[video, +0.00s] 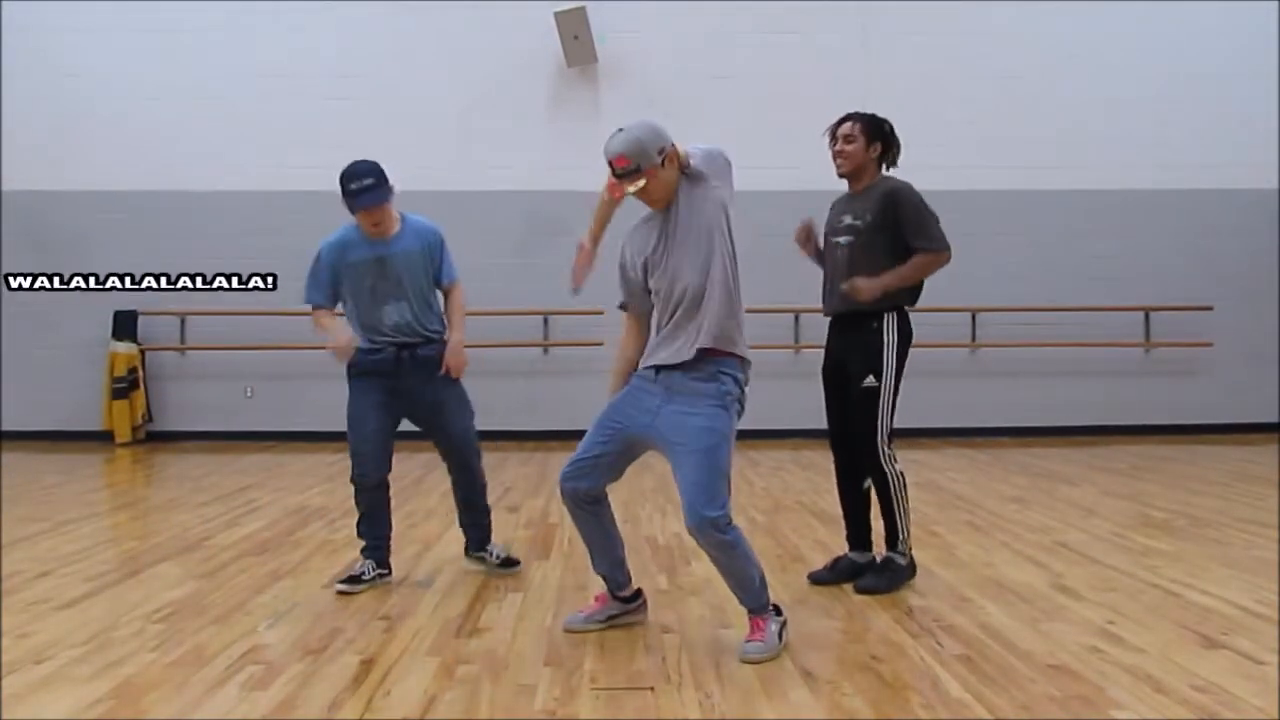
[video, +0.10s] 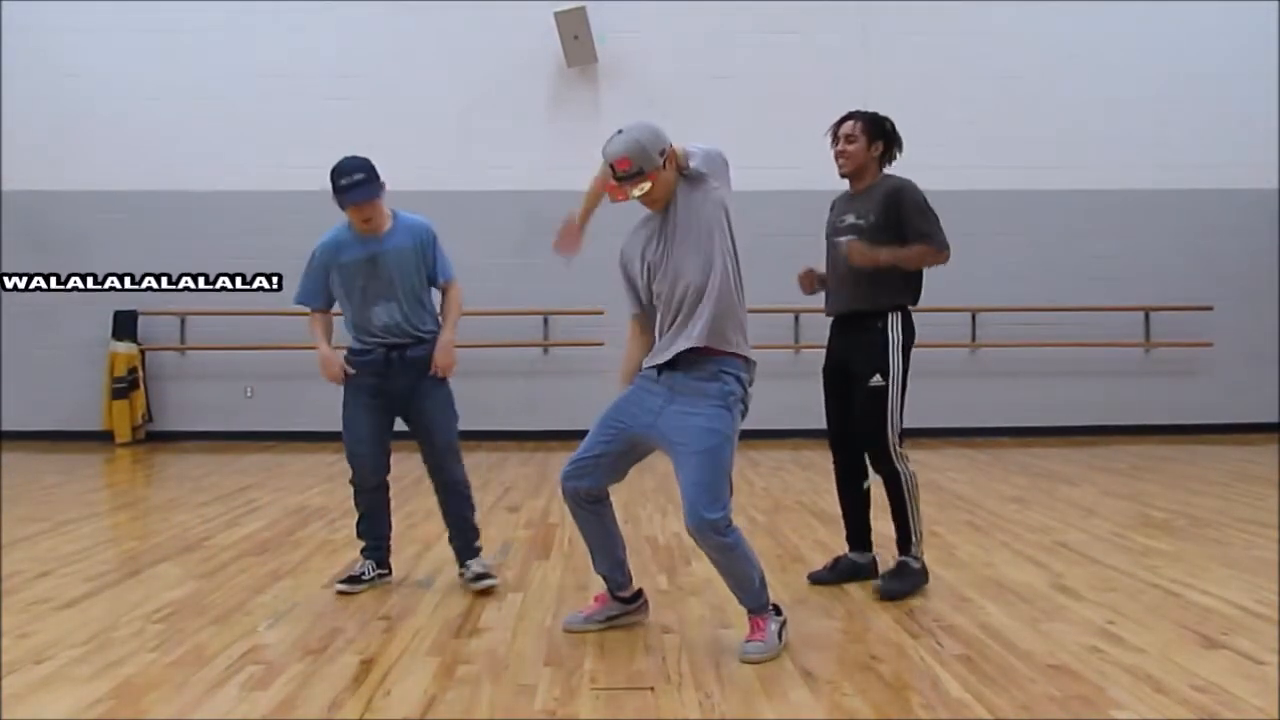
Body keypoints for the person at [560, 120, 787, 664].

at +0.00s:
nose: (635, 191)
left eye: (641, 179)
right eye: (625, 182)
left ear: (670, 161)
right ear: (623, 181)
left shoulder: (710, 176)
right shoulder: (635, 245)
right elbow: (634, 332)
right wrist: (613, 407)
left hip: (710, 377)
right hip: (652, 378)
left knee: (705, 520)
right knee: (578, 483)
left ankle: (763, 614)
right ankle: (622, 596)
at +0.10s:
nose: (639, 197)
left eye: (645, 183)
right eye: (628, 190)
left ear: (669, 163)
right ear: (622, 184)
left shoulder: (708, 177)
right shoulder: (636, 246)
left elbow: (660, 151)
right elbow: (641, 328)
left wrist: (582, 214)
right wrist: (624, 399)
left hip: (713, 379)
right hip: (655, 378)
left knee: (705, 520)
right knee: (579, 482)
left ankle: (764, 614)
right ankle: (623, 595)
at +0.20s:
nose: (635, 195)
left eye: (640, 182)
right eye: (626, 188)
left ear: (665, 162)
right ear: (622, 183)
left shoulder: (706, 181)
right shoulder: (634, 247)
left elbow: (662, 150)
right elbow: (642, 330)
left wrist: (580, 171)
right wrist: (627, 401)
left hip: (713, 380)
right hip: (654, 380)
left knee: (707, 519)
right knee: (579, 483)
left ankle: (763, 613)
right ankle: (623, 594)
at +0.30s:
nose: (634, 194)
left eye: (638, 181)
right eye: (625, 187)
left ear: (663, 161)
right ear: (620, 183)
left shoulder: (704, 182)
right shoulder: (634, 248)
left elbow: (660, 147)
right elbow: (642, 334)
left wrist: (577, 160)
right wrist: (628, 432)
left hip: (712, 380)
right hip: (653, 380)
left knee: (707, 519)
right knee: (578, 478)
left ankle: (762, 613)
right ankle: (622, 592)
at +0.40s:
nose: (627, 202)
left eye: (632, 189)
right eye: (618, 195)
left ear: (656, 167)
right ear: (614, 190)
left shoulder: (697, 188)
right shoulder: (632, 250)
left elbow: (652, 153)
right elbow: (645, 335)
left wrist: (570, 169)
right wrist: (624, 427)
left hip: (712, 385)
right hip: (654, 382)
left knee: (704, 520)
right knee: (574, 475)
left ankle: (762, 613)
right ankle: (622, 596)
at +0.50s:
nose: (616, 220)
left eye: (619, 207)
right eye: (606, 213)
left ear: (643, 184)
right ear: (601, 213)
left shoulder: (683, 204)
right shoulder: (624, 265)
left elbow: (638, 172)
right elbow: (640, 342)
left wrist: (559, 189)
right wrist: (614, 412)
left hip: (712, 395)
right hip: (654, 393)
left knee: (701, 527)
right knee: (574, 485)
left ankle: (764, 617)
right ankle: (625, 603)